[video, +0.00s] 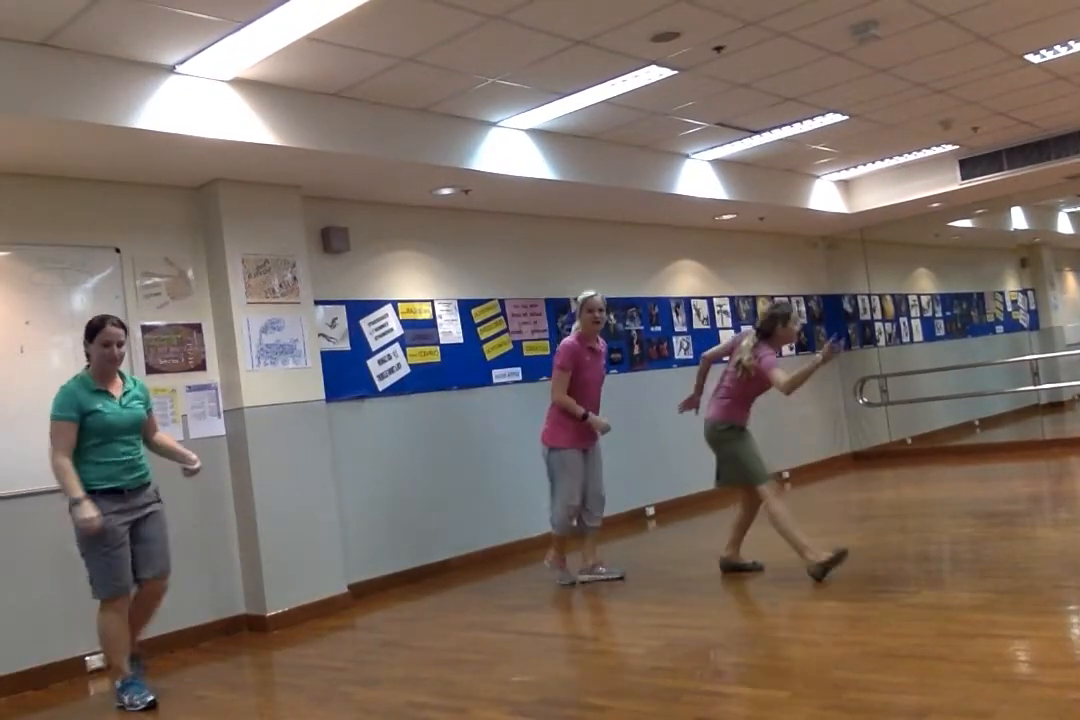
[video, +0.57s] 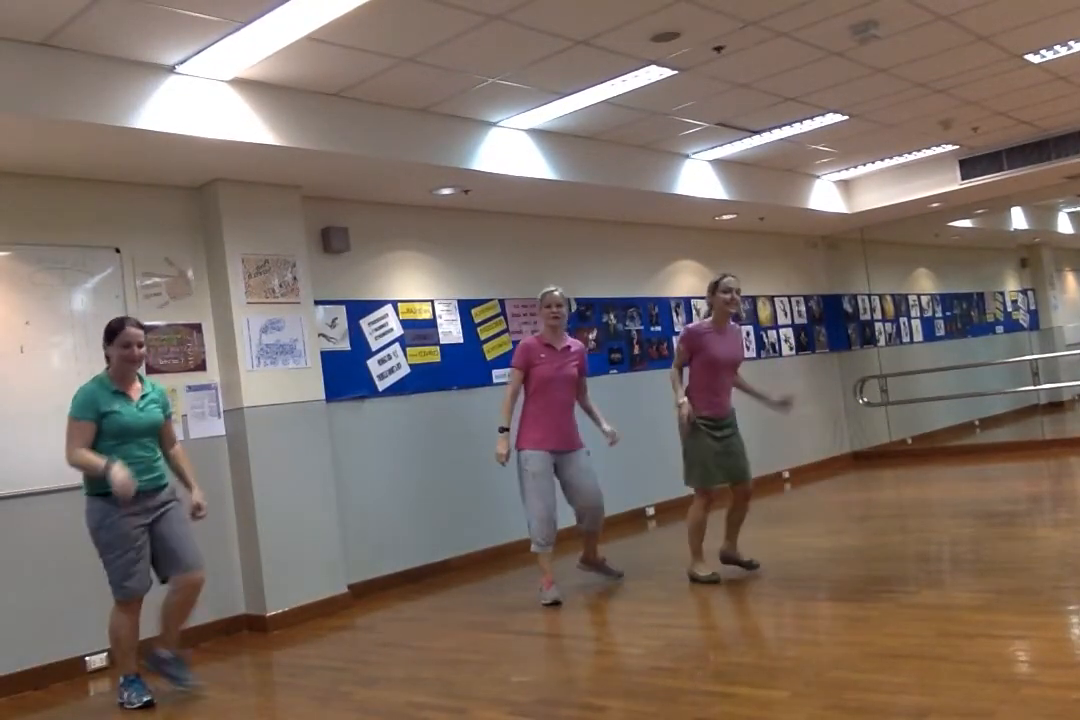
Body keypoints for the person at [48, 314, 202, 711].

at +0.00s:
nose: (115, 352)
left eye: (120, 345)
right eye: (106, 345)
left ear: (127, 348)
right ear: (89, 347)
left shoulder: (137, 388)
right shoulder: (72, 395)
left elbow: (152, 435)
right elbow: (60, 456)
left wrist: (183, 454)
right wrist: (81, 501)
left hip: (144, 497)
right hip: (100, 505)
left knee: (156, 582)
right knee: (116, 596)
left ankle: (126, 645)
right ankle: (122, 682)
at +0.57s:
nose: (135, 352)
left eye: (140, 345)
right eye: (127, 345)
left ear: (145, 348)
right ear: (108, 350)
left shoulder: (156, 393)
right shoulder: (91, 395)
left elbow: (171, 445)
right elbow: (76, 453)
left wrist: (193, 487)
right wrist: (110, 467)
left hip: (162, 500)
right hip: (115, 508)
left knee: (190, 577)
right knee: (130, 594)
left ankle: (165, 650)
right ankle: (129, 679)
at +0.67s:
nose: (148, 347)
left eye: (152, 341)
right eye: (138, 341)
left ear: (156, 345)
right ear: (117, 345)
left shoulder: (163, 386)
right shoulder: (99, 390)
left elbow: (179, 441)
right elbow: (86, 448)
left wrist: (209, 480)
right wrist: (122, 441)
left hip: (171, 495)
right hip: (123, 504)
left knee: (202, 575)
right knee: (130, 595)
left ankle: (216, 669)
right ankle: (129, 680)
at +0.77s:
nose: (163, 349)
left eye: (165, 342)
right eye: (154, 342)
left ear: (166, 347)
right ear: (129, 347)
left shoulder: (174, 391)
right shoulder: (111, 391)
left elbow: (190, 443)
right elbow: (103, 449)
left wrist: (223, 478)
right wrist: (140, 428)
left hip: (186, 499)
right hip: (137, 507)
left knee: (210, 581)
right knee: (137, 600)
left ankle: (242, 670)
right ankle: (129, 679)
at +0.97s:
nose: (199, 344)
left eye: (199, 337)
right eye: (190, 338)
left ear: (195, 343)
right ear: (164, 343)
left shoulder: (206, 387)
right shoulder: (141, 390)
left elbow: (224, 441)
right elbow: (135, 452)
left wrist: (254, 484)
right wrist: (173, 436)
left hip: (222, 495)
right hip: (174, 503)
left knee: (239, 584)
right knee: (188, 598)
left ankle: (245, 679)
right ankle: (150, 657)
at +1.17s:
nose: (220, 333)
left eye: (218, 326)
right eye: (211, 327)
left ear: (205, 334)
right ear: (186, 334)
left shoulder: (227, 377)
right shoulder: (162, 381)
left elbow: (245, 428)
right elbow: (161, 444)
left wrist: (269, 457)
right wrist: (207, 430)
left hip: (244, 484)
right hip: (198, 490)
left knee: (253, 577)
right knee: (237, 574)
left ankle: (250, 676)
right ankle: (253, 676)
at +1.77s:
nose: (239, 351)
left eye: (237, 345)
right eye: (232, 346)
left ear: (213, 353)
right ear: (208, 352)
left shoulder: (227, 389)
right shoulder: (189, 400)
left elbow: (232, 445)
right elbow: (167, 457)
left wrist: (252, 484)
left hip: (242, 500)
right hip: (209, 505)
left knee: (232, 593)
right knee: (256, 584)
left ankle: (179, 643)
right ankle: (298, 674)